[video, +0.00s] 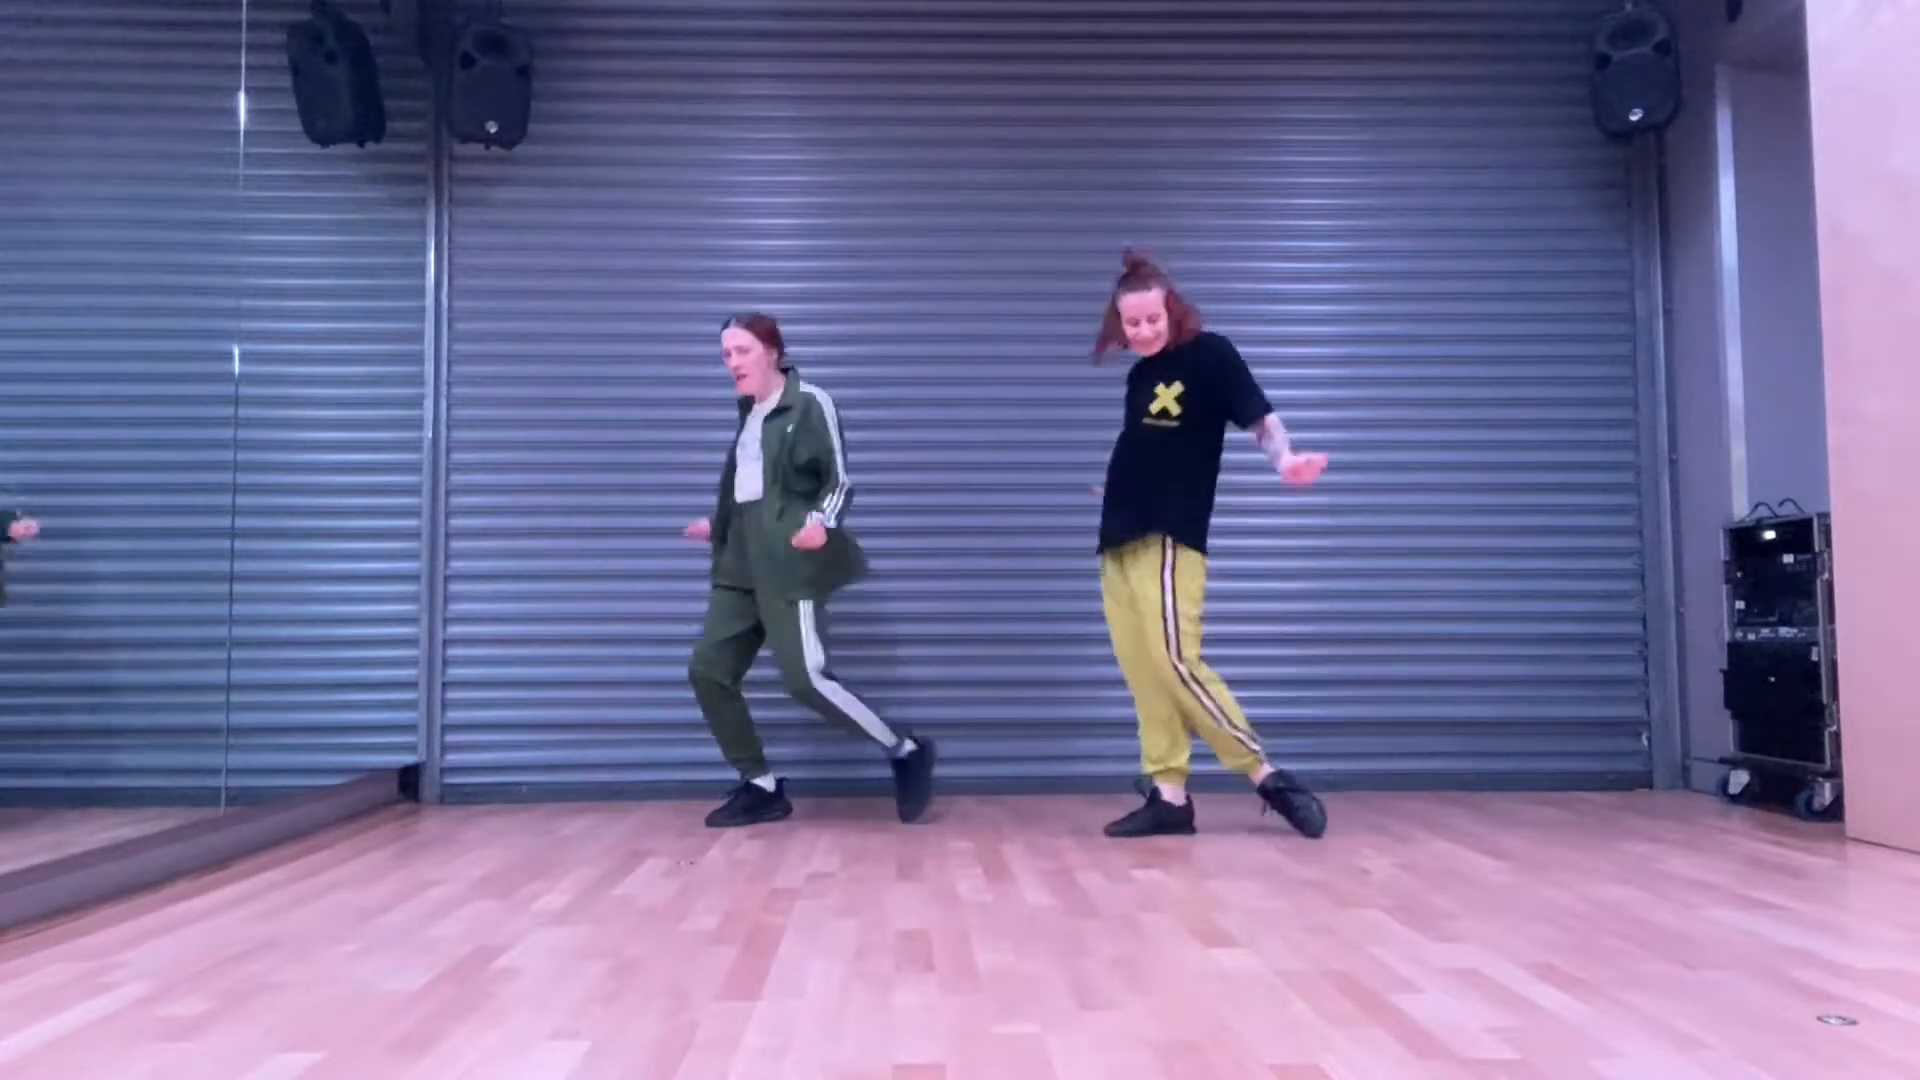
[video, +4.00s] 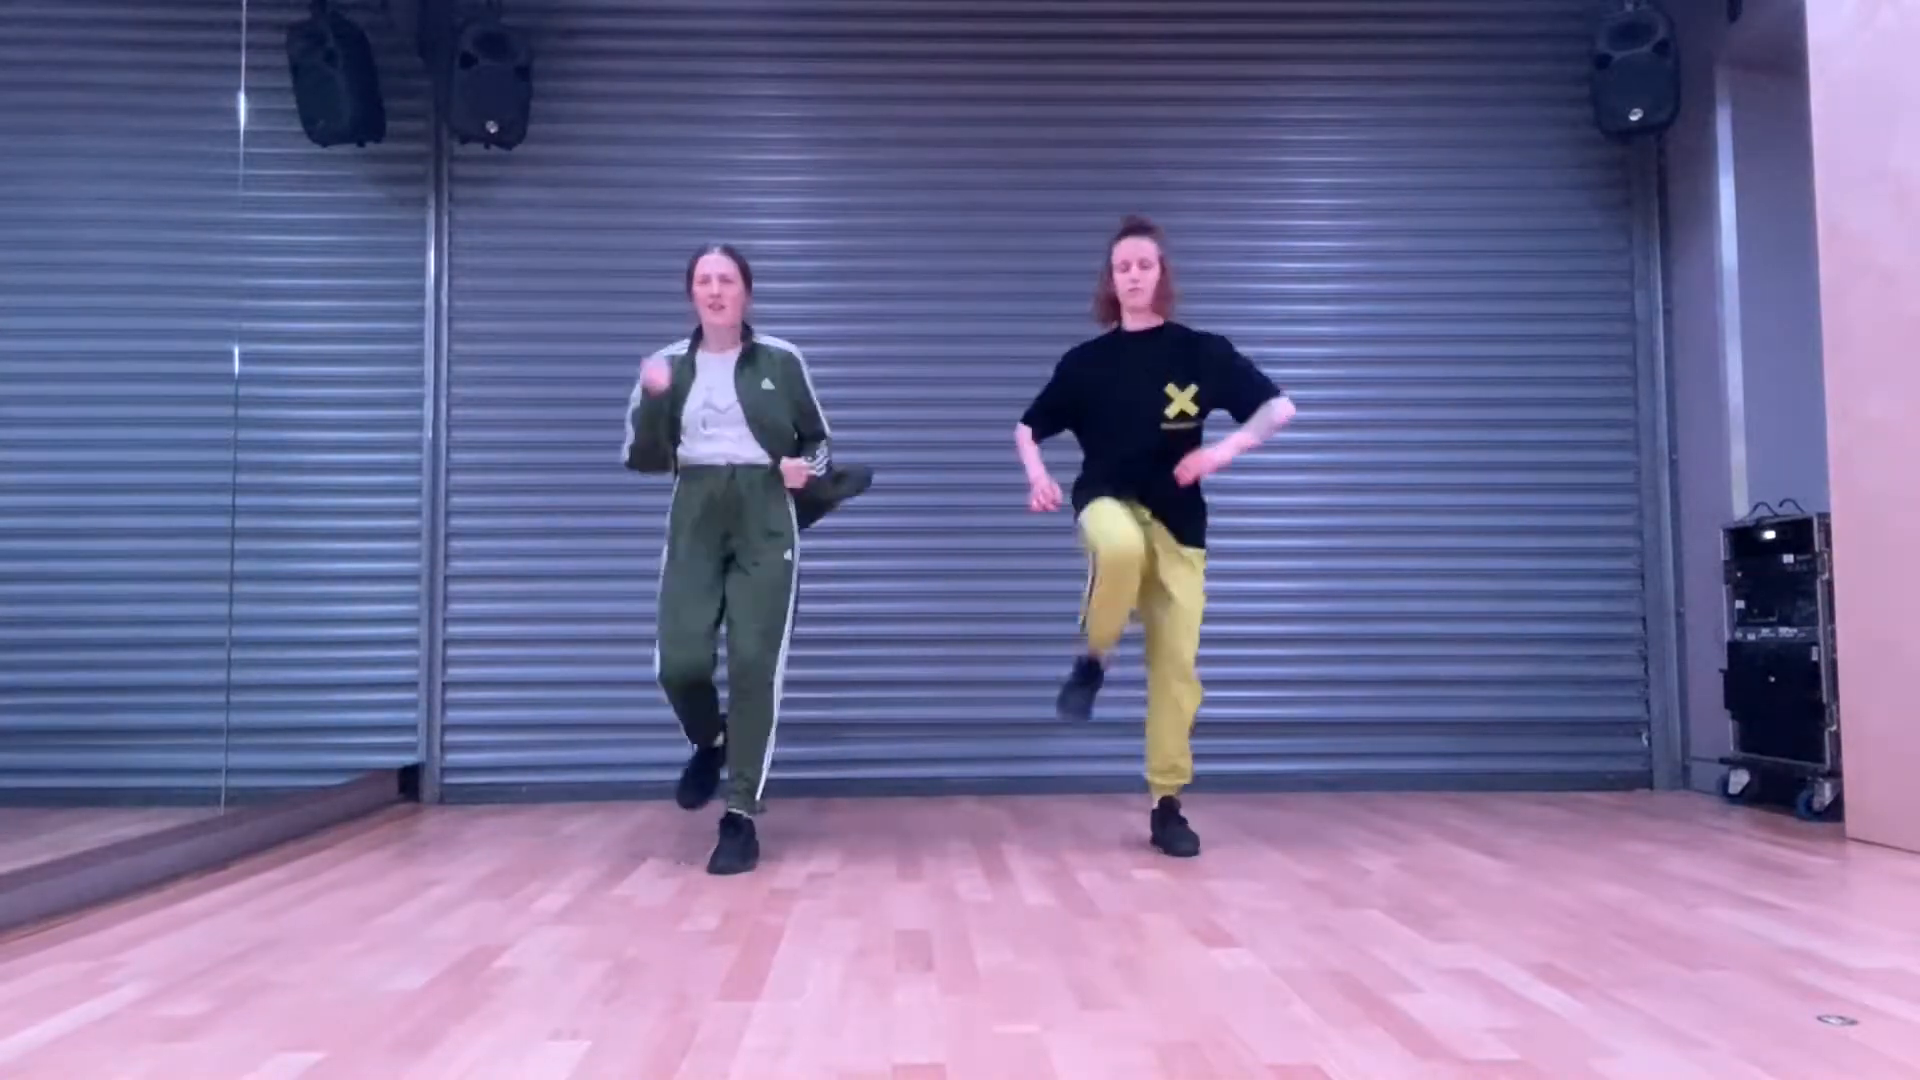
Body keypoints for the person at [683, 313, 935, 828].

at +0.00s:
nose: (733, 363)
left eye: (741, 352)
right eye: (727, 355)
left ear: (773, 354)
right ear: (728, 363)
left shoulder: (812, 404)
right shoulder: (747, 415)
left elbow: (839, 481)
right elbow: (755, 493)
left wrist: (822, 521)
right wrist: (718, 526)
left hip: (789, 562)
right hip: (740, 565)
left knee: (808, 680)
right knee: (710, 673)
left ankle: (906, 752)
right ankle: (761, 788)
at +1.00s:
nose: (753, 312)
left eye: (765, 304)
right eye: (745, 304)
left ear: (788, 314)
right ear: (735, 313)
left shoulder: (804, 366)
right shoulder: (719, 352)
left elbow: (778, 414)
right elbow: (759, 369)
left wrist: (719, 435)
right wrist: (812, 362)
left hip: (772, 507)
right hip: (709, 505)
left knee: (788, 648)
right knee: (680, 635)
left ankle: (790, 774)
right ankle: (684, 768)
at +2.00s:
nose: (734, 388)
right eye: (734, 380)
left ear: (683, 361)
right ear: (729, 375)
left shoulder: (636, 390)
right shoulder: (738, 412)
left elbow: (605, 469)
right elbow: (765, 496)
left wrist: (606, 519)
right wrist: (729, 536)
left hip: (617, 546)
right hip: (686, 553)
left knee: (614, 666)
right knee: (709, 672)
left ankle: (602, 784)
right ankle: (706, 792)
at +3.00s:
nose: (685, 366)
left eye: (694, 357)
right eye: (675, 356)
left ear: (710, 361)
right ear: (661, 361)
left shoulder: (732, 399)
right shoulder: (636, 409)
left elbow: (748, 461)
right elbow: (609, 477)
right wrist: (618, 539)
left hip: (730, 536)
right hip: (669, 539)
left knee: (740, 666)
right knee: (668, 664)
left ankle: (719, 761)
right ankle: (672, 771)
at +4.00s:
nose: (714, 290)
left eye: (725, 281)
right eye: (704, 281)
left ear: (746, 292)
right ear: (690, 294)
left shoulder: (782, 361)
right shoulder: (666, 366)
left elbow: (819, 444)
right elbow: (645, 457)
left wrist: (808, 465)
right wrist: (653, 399)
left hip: (765, 509)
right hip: (693, 510)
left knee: (754, 666)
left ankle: (740, 816)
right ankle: (709, 742)